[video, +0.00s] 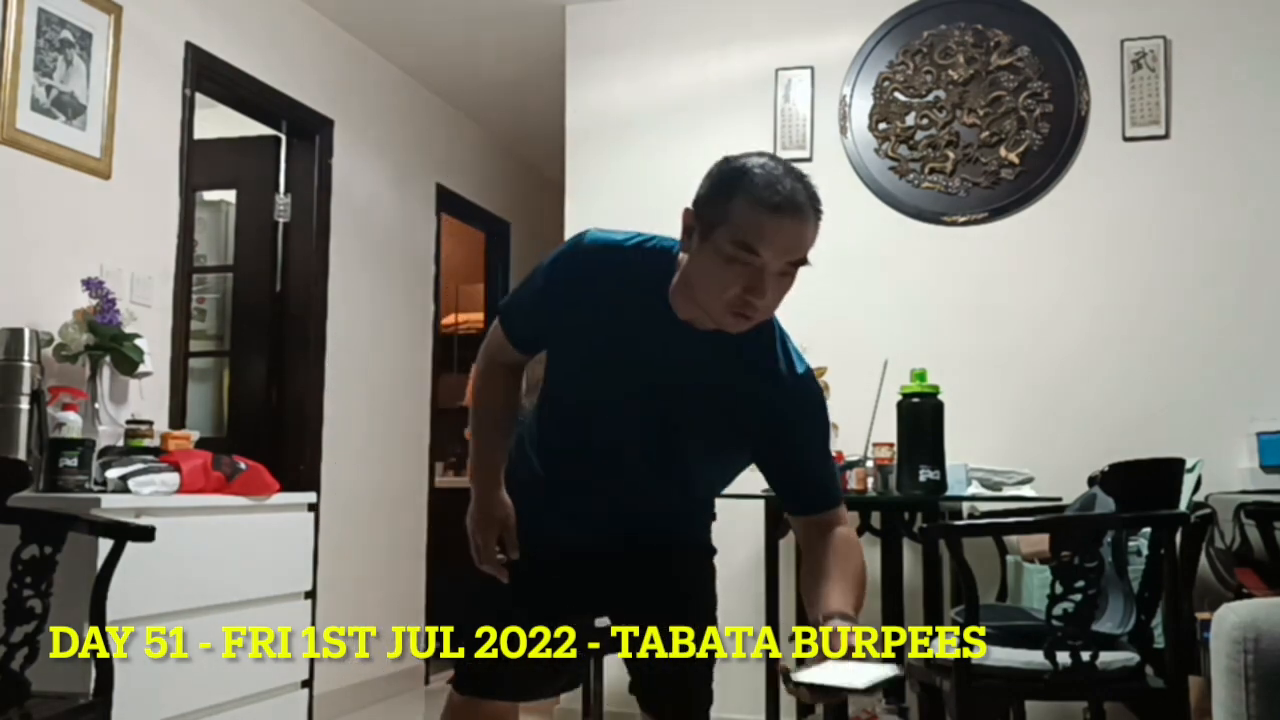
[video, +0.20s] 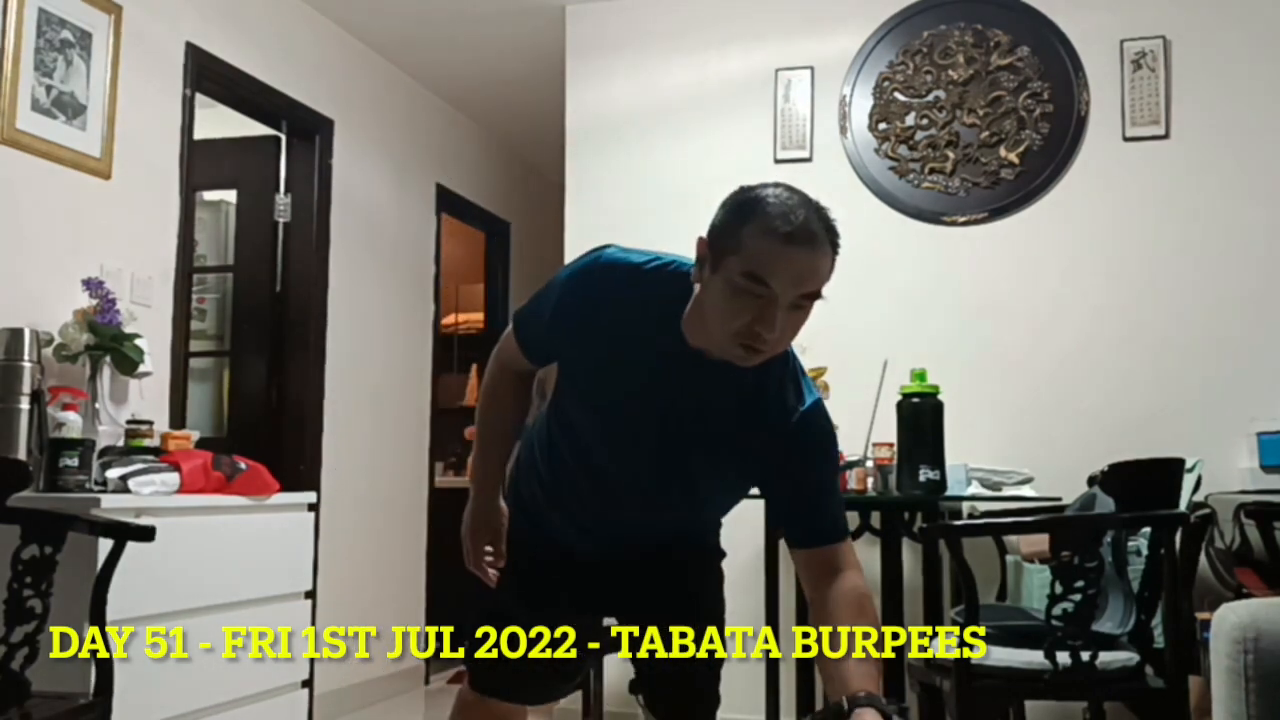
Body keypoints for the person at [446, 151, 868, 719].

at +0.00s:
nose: (764, 293)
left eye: (789, 270)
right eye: (743, 258)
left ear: (801, 265)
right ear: (691, 229)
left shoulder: (782, 387)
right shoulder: (589, 269)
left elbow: (827, 524)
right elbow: (499, 358)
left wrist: (834, 619)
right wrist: (486, 488)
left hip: (669, 544)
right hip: (546, 522)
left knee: (681, 708)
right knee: (482, 701)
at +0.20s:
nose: (771, 327)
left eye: (801, 304)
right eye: (752, 288)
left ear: (816, 301)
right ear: (704, 262)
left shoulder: (792, 420)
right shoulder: (602, 287)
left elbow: (833, 574)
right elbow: (510, 364)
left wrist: (863, 701)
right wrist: (484, 492)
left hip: (676, 550)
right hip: (551, 528)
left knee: (688, 706)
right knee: (495, 697)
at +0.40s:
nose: (743, 332)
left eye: (772, 309)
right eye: (723, 295)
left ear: (790, 302)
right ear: (678, 268)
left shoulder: (770, 415)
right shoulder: (583, 293)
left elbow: (812, 567)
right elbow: (496, 369)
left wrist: (855, 699)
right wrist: (470, 496)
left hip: (665, 554)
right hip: (542, 531)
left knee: (679, 709)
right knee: (488, 702)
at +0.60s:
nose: (664, 256)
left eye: (692, 236)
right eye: (643, 225)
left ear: (710, 244)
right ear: (607, 219)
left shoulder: (714, 362)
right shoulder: (532, 285)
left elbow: (767, 506)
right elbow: (463, 383)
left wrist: (777, 632)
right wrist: (441, 504)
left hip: (633, 562)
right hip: (510, 547)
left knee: (658, 709)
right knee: (485, 711)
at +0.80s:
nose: (547, 189)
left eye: (568, 169)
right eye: (528, 166)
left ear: (594, 179)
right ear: (502, 170)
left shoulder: (625, 294)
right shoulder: (446, 273)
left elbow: (667, 428)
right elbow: (403, 398)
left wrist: (677, 548)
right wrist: (394, 511)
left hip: (581, 551)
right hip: (467, 549)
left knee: (609, 709)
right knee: (455, 712)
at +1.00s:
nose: (491, 157)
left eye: (511, 141)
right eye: (473, 141)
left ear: (540, 156)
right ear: (451, 155)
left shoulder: (580, 262)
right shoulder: (407, 257)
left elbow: (617, 388)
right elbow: (366, 378)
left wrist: (622, 500)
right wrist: (354, 487)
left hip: (553, 511)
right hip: (446, 512)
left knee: (568, 685)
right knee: (461, 684)